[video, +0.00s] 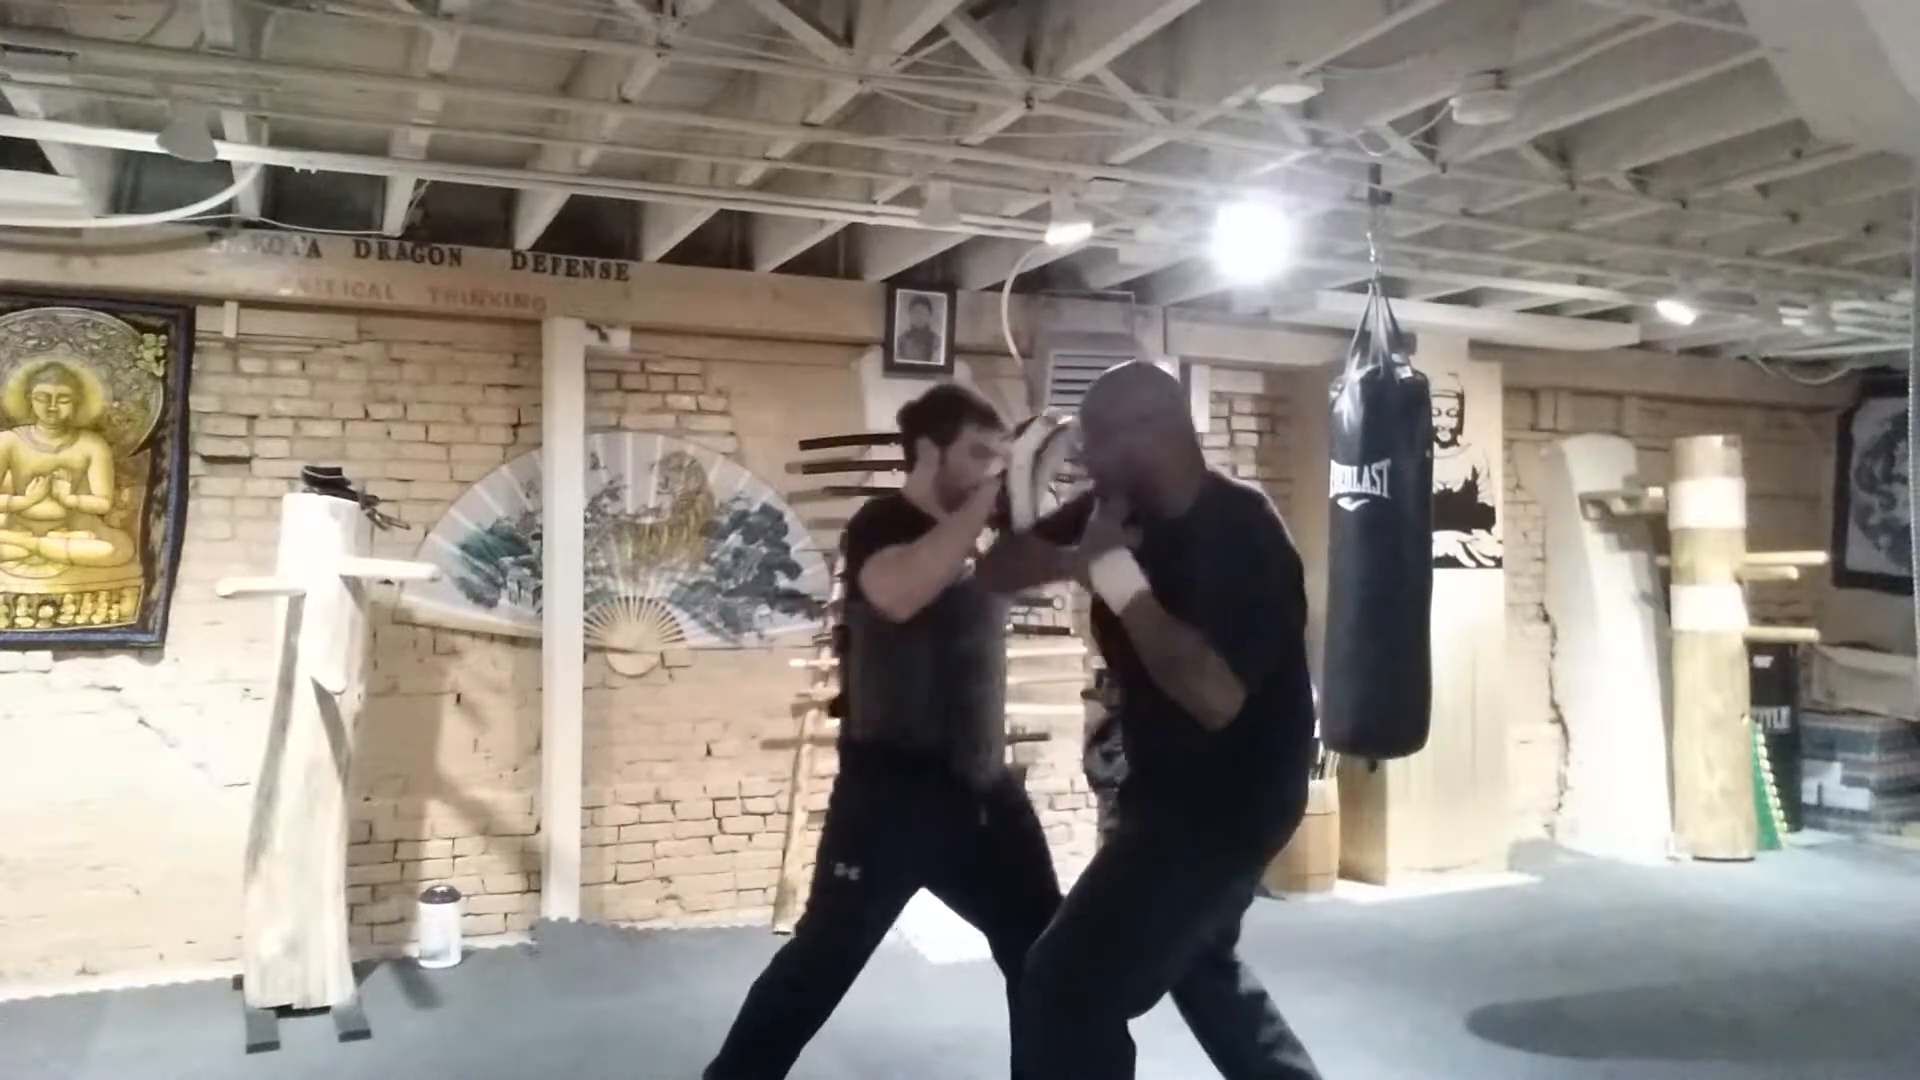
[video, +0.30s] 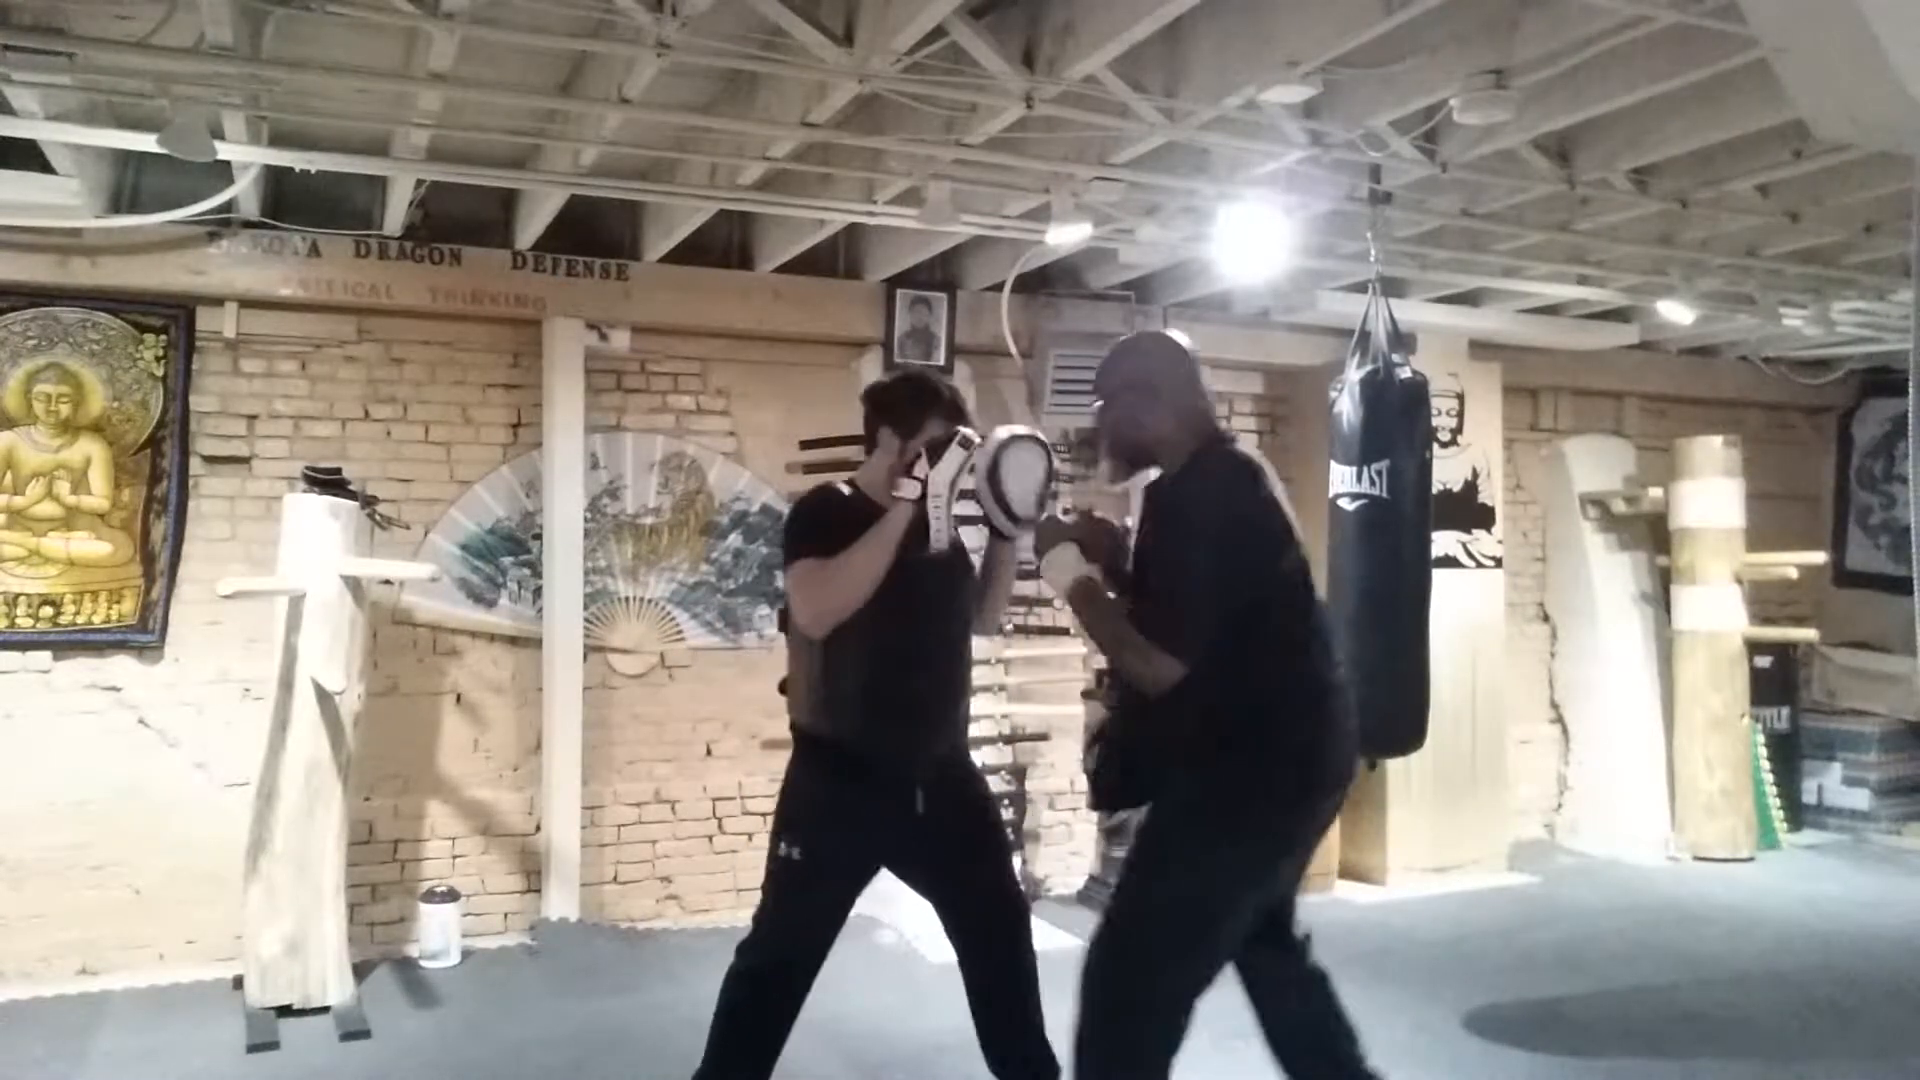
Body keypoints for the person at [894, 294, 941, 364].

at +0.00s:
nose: (920, 317)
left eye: (924, 313)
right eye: (916, 313)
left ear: (930, 316)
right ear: (909, 314)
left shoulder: (936, 340)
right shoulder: (901, 340)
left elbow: (935, 364)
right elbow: (897, 361)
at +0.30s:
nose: (919, 317)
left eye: (923, 313)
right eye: (916, 312)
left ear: (929, 316)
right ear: (909, 314)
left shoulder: (936, 340)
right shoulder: (901, 339)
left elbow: (935, 364)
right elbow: (898, 361)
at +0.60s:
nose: (920, 317)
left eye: (924, 313)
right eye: (916, 312)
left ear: (930, 316)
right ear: (910, 314)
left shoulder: (936, 341)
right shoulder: (901, 340)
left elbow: (935, 364)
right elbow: (897, 361)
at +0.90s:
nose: (919, 316)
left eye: (922, 312)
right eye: (915, 312)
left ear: (930, 316)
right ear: (909, 315)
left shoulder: (935, 340)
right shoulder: (902, 338)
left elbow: (935, 363)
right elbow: (898, 360)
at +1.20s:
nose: (919, 316)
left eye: (923, 312)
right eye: (916, 312)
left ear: (930, 315)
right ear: (909, 314)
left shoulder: (934, 339)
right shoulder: (902, 339)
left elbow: (935, 362)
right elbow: (897, 360)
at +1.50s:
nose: (919, 316)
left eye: (923, 312)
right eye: (916, 312)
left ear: (930, 316)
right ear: (909, 315)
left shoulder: (935, 340)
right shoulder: (902, 339)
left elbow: (935, 363)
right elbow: (898, 361)